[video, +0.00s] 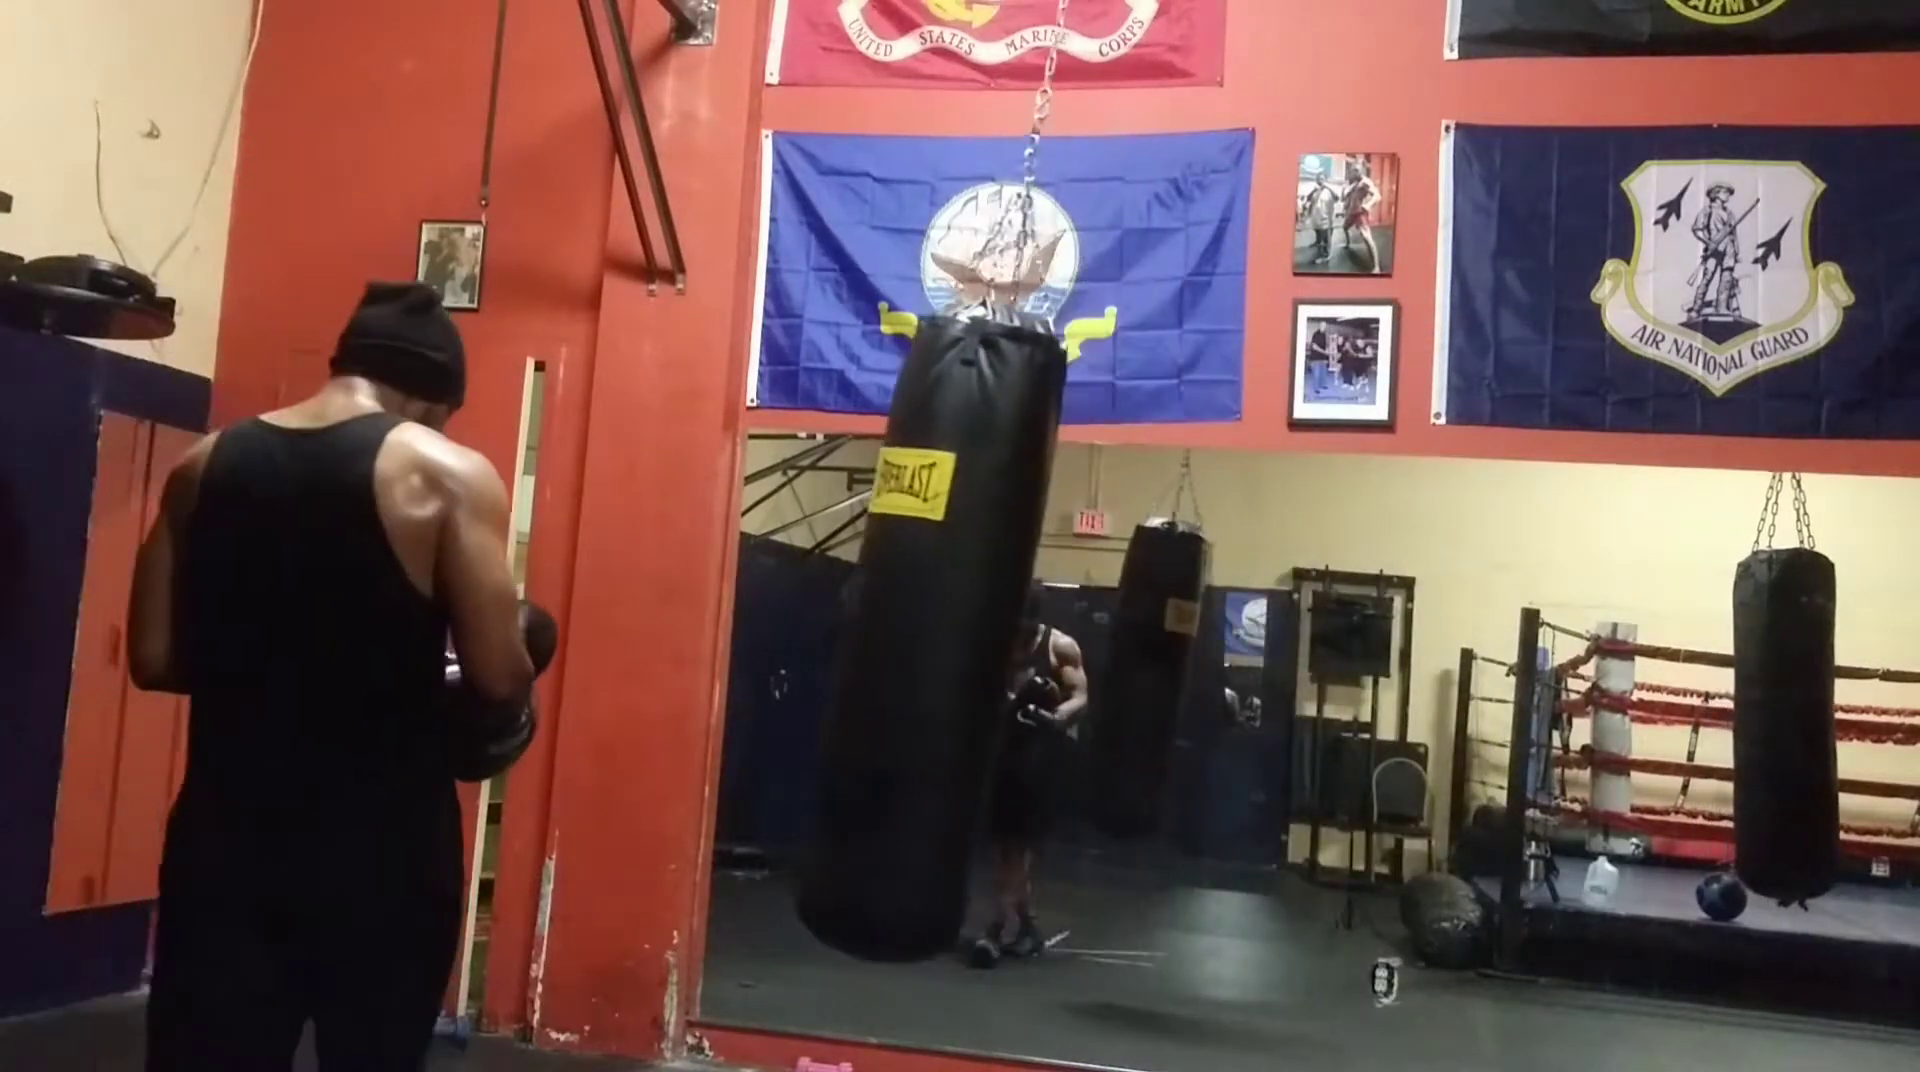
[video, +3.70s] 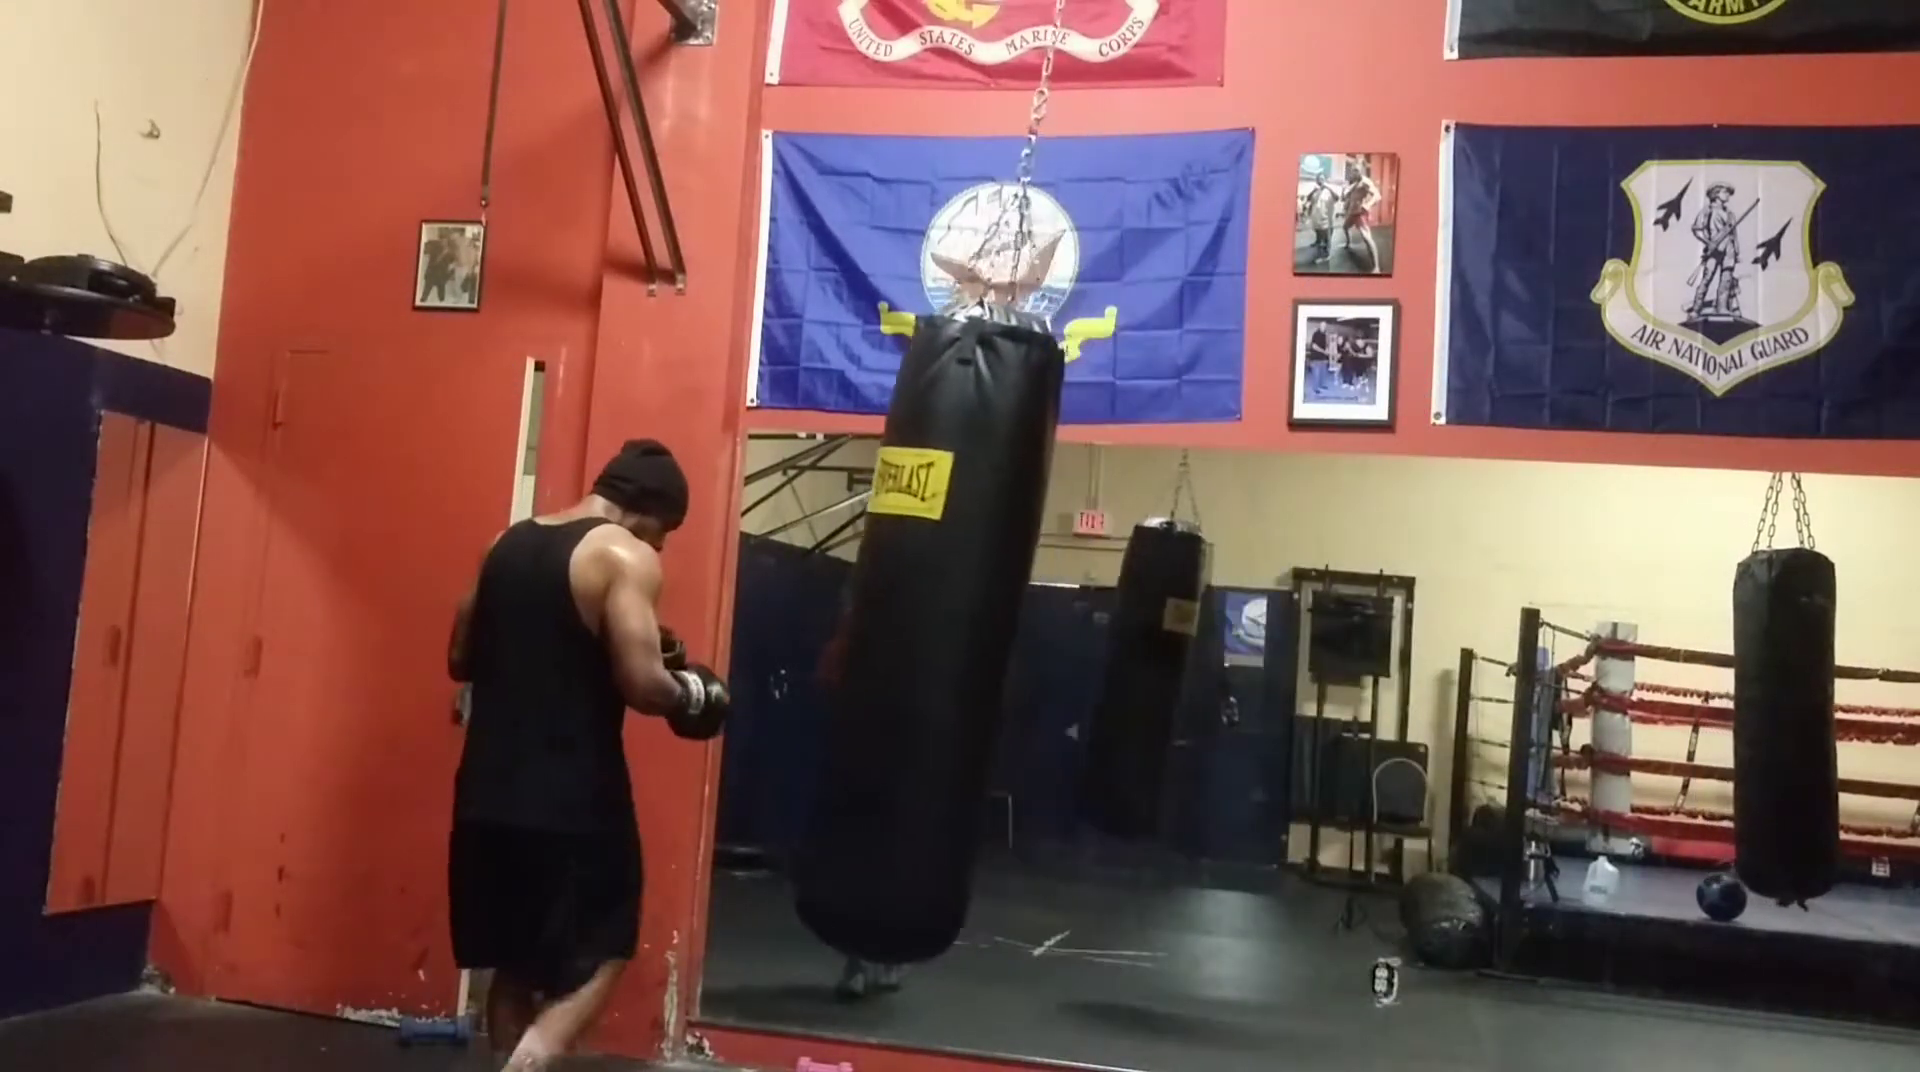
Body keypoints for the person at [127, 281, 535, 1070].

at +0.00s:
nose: (440, 427)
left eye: (441, 416)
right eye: (444, 415)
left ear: (342, 366)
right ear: (434, 400)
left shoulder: (204, 465)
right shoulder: (452, 477)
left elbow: (153, 657)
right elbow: (499, 675)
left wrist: (273, 662)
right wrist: (523, 636)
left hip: (223, 853)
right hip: (383, 866)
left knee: (207, 1055)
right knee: (373, 1054)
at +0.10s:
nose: (452, 441)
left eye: (454, 430)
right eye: (457, 430)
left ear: (361, 379)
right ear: (452, 414)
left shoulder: (225, 471)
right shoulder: (473, 490)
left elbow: (173, 656)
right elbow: (514, 679)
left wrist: (291, 665)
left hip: (239, 851)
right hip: (393, 868)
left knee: (215, 1054)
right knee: (374, 1054)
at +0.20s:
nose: (474, 439)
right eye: (475, 424)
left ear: (378, 379)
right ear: (472, 413)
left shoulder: (250, 467)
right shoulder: (493, 497)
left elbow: (189, 648)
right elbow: (526, 683)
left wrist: (301, 666)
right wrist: (461, 747)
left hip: (255, 851)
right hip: (404, 871)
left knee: (230, 1051)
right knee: (384, 1053)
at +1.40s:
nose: (499, 471)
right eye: (501, 461)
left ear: (423, 432)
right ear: (496, 455)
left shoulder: (316, 504)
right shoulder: (499, 518)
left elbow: (264, 649)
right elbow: (538, 676)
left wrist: (361, 639)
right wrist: (557, 695)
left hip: (330, 788)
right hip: (447, 796)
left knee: (331, 997)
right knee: (460, 985)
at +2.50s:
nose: (595, 529)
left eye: (597, 517)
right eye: (600, 518)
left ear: (538, 471)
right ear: (600, 506)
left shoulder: (431, 531)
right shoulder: (586, 553)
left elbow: (382, 661)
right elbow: (611, 698)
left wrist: (463, 635)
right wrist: (649, 695)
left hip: (424, 802)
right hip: (525, 815)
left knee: (400, 992)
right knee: (506, 1011)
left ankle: (381, 1061)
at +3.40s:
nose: (649, 531)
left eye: (655, 519)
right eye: (654, 517)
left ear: (595, 476)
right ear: (642, 496)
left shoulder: (496, 524)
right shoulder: (621, 544)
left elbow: (442, 647)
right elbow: (632, 674)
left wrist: (528, 636)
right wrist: (673, 691)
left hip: (474, 778)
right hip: (554, 791)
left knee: (499, 964)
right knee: (514, 970)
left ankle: (504, 1061)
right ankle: (491, 1066)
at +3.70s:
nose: (659, 543)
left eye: (665, 531)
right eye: (663, 529)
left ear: (602, 491)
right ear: (648, 508)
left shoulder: (512, 541)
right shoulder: (626, 555)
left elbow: (461, 661)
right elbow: (642, 680)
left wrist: (555, 641)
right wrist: (687, 695)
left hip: (490, 786)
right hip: (576, 791)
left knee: (512, 961)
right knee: (605, 950)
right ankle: (525, 1061)